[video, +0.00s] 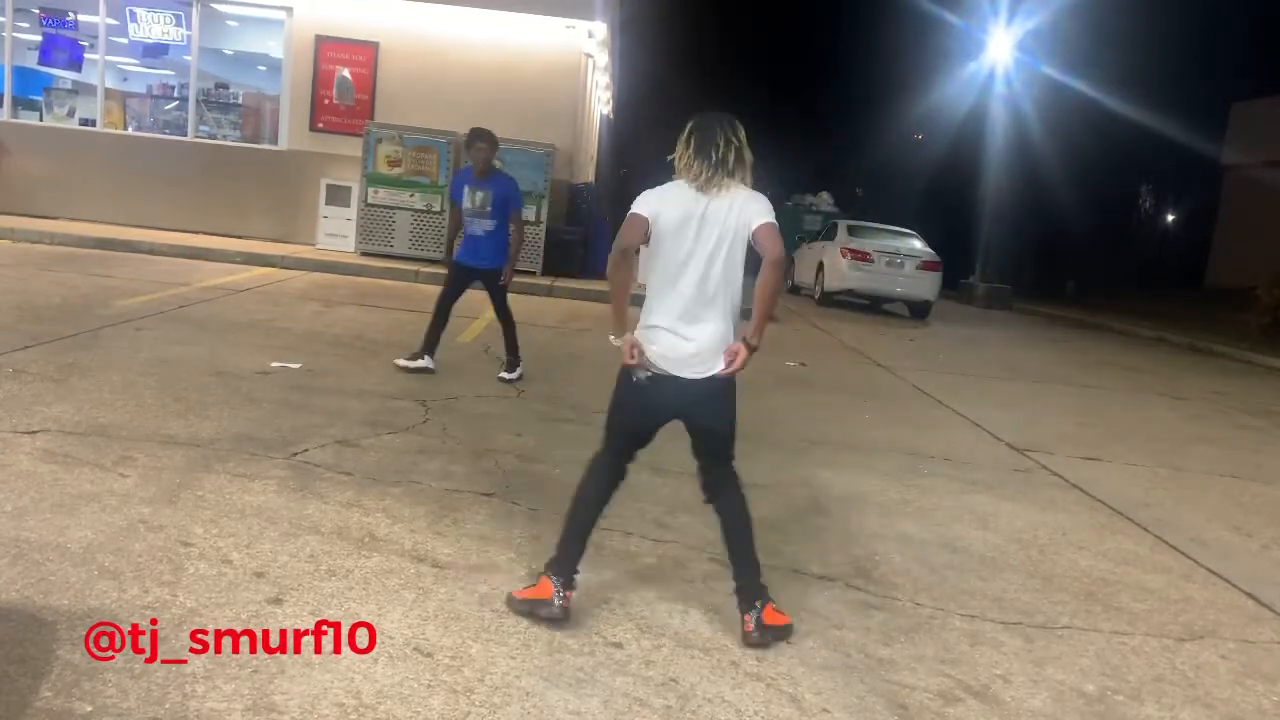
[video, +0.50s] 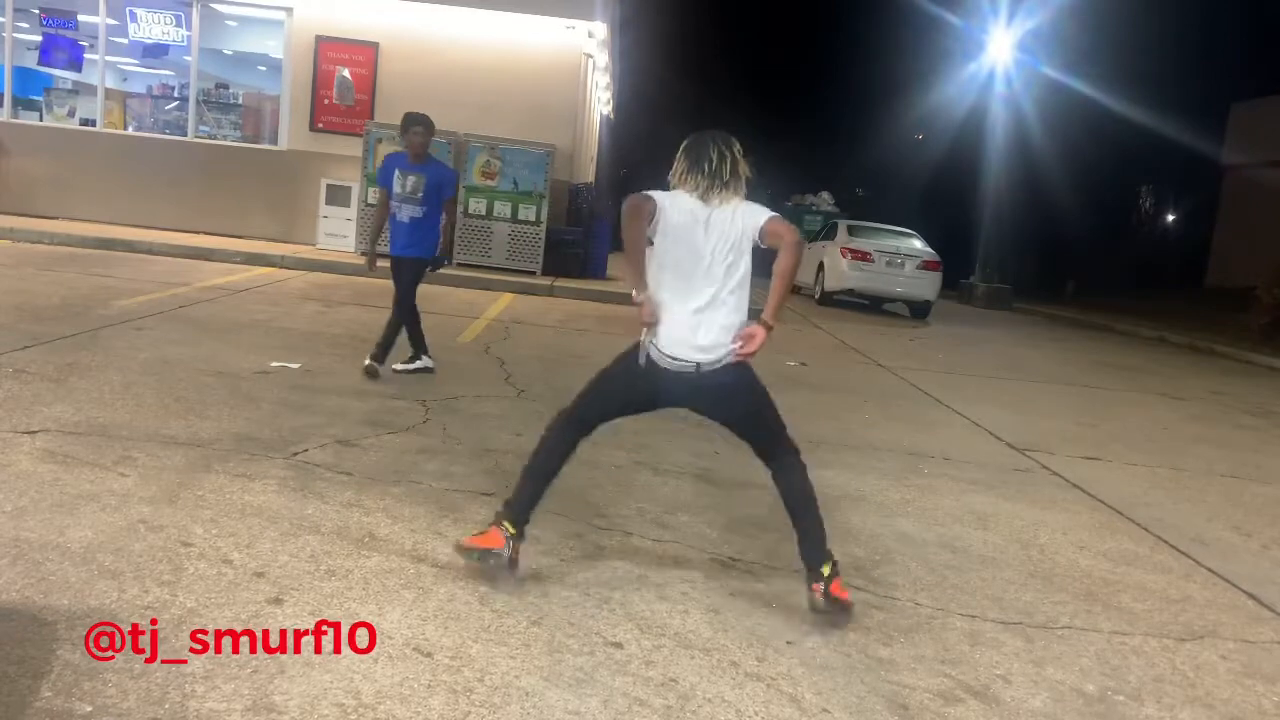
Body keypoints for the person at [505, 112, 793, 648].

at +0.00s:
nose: (677, 159)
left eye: (680, 149)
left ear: (684, 154)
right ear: (739, 158)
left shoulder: (655, 198)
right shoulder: (752, 203)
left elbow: (624, 248)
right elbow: (775, 255)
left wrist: (624, 330)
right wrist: (753, 336)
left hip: (648, 376)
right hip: (713, 383)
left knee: (609, 464)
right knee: (722, 477)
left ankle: (557, 580)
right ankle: (754, 605)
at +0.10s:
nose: (675, 152)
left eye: (679, 144)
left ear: (682, 147)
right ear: (738, 151)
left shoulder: (657, 188)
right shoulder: (752, 193)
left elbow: (630, 227)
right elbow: (790, 229)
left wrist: (628, 308)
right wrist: (762, 310)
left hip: (645, 361)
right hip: (717, 368)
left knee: (576, 431)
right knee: (770, 458)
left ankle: (544, 554)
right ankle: (774, 583)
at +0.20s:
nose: (674, 152)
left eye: (678, 145)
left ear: (684, 148)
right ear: (739, 152)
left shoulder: (658, 190)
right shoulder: (754, 197)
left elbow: (637, 233)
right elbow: (786, 240)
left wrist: (632, 313)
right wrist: (758, 321)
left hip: (650, 367)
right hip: (719, 373)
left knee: (592, 448)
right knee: (757, 464)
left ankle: (515, 540)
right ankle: (803, 577)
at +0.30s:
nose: (672, 175)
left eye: (676, 168)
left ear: (682, 171)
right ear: (736, 176)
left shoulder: (657, 217)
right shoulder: (751, 221)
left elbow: (630, 268)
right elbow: (781, 263)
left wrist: (630, 348)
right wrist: (758, 345)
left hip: (654, 390)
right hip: (715, 395)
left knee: (610, 469)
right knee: (730, 490)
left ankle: (530, 561)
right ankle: (797, 596)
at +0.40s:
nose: (674, 180)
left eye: (677, 172)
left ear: (680, 175)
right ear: (735, 179)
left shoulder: (659, 211)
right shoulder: (747, 221)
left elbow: (629, 243)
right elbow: (795, 253)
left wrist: (629, 321)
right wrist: (763, 331)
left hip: (649, 377)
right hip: (722, 385)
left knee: (568, 437)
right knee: (781, 463)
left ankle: (506, 540)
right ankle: (813, 580)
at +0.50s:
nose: (676, 170)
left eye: (681, 164)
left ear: (682, 168)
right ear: (737, 175)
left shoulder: (654, 202)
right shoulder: (749, 214)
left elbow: (633, 213)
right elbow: (789, 238)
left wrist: (640, 290)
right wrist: (766, 320)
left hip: (652, 369)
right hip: (725, 380)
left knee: (573, 422)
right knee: (783, 458)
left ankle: (507, 526)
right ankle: (822, 573)